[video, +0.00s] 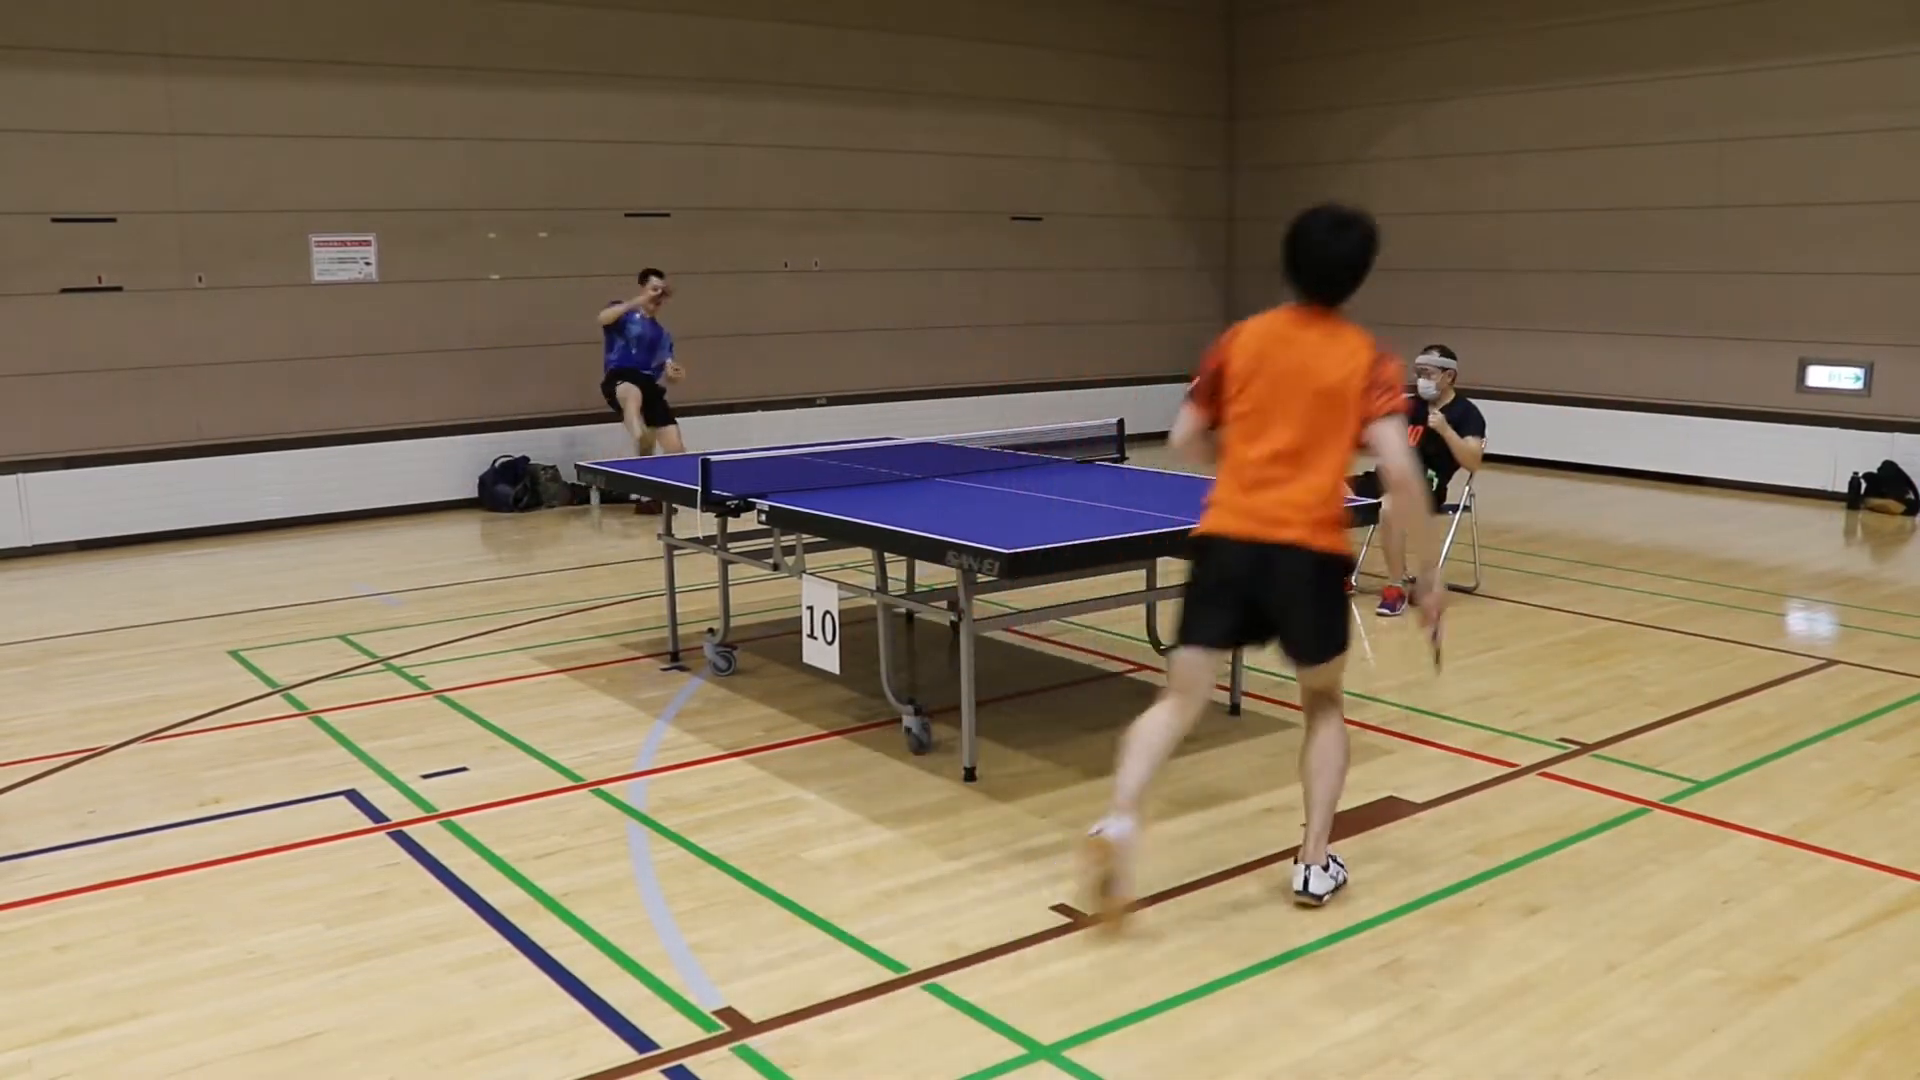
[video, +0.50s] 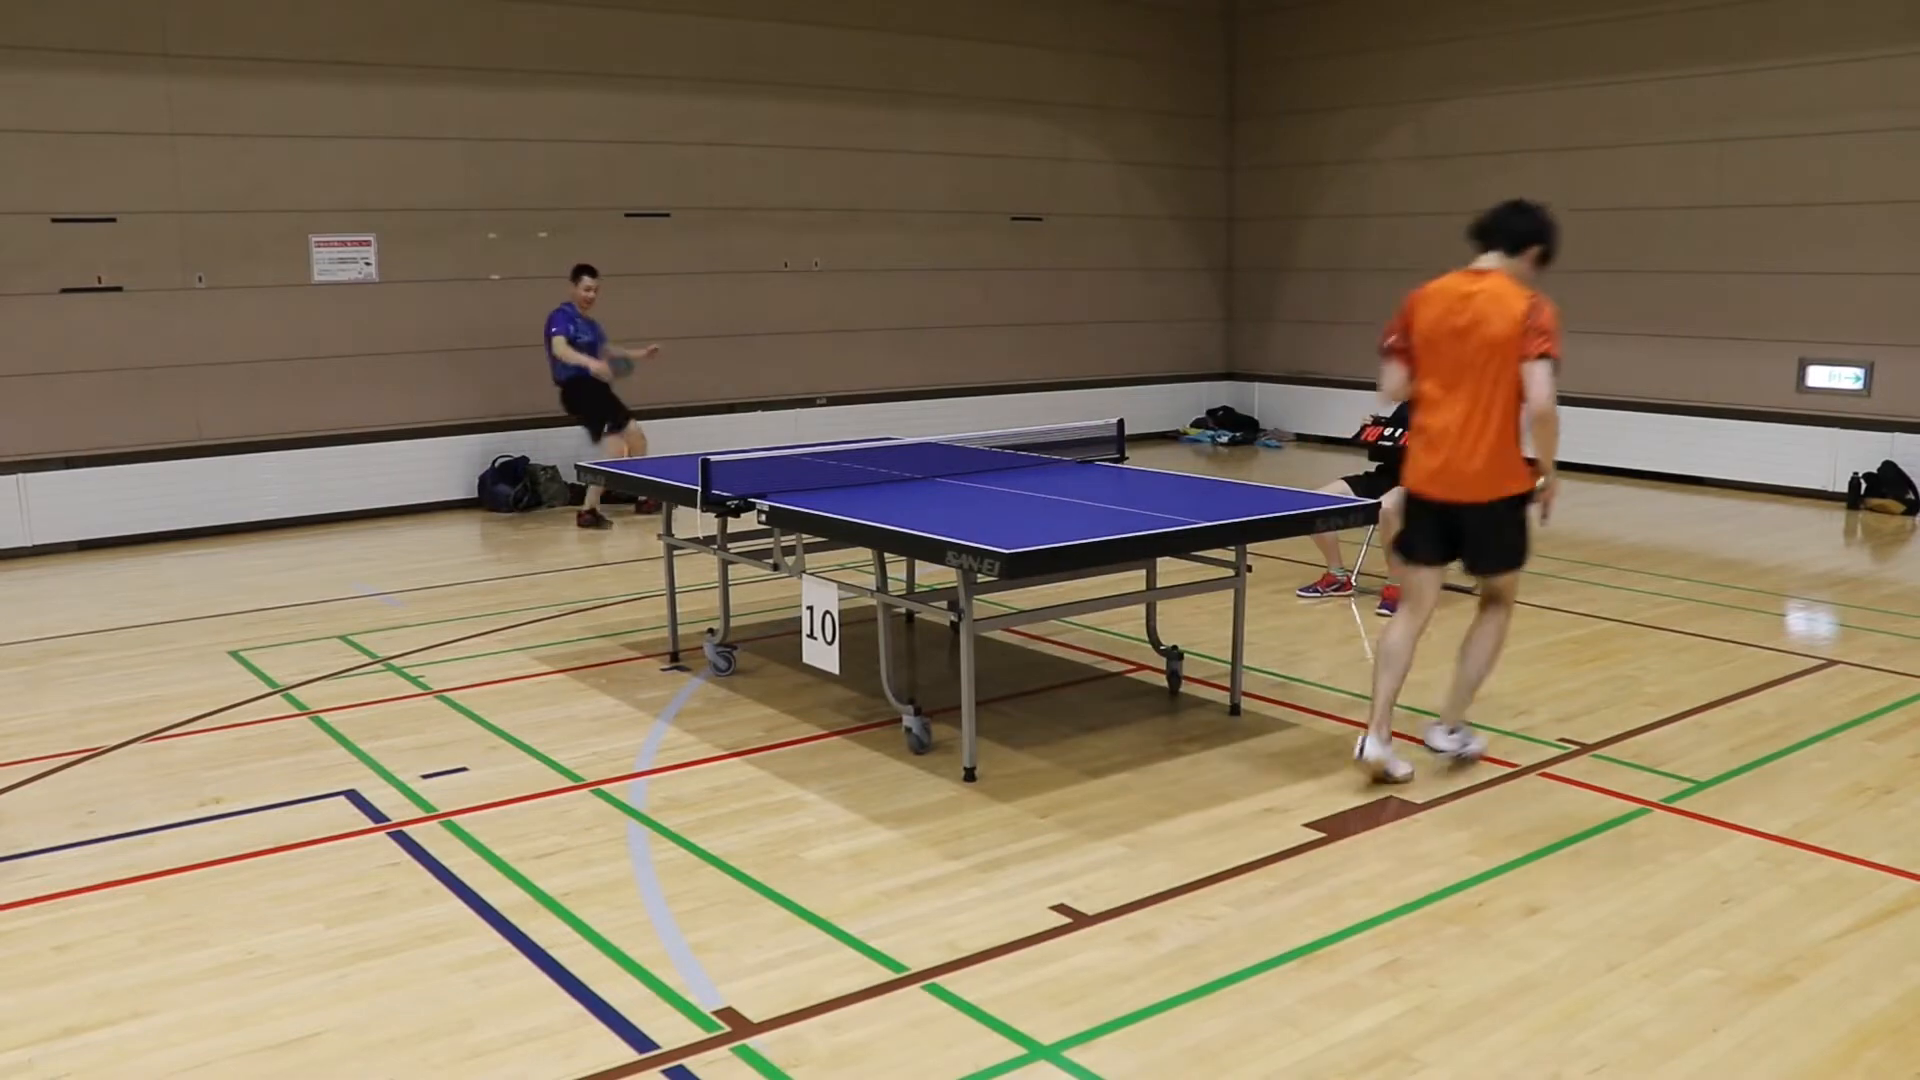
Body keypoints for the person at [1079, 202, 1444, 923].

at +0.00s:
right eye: (1361, 266)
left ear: (1289, 266)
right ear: (1358, 276)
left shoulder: (1241, 339)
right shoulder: (1368, 360)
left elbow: (1187, 443)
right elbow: (1401, 476)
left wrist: (1251, 458)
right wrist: (1422, 578)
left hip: (1224, 551)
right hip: (1307, 561)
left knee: (1181, 695)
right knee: (1322, 706)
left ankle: (1119, 818)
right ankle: (1314, 862)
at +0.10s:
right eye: (1396, 227)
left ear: (1329, 224)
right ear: (1397, 236)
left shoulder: (1280, 295)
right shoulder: (1410, 315)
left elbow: (1231, 389)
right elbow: (1443, 427)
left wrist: (1274, 402)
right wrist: (1451, 514)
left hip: (1275, 503)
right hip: (1356, 512)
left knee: (1253, 649)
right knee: (1345, 667)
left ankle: (1222, 783)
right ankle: (1324, 824)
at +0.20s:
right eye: (1422, 203)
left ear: (1357, 204)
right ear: (1425, 212)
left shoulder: (1314, 277)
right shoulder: (1442, 290)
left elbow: (1268, 370)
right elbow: (1478, 395)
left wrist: (1320, 365)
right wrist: (1465, 473)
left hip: (1321, 475)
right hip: (1397, 480)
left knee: (1315, 625)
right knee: (1371, 635)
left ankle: (1306, 774)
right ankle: (1344, 781)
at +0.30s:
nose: (1455, 237)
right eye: (1456, 228)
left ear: (1385, 228)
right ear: (1450, 235)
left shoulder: (1345, 298)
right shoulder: (1469, 310)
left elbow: (1300, 395)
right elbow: (1505, 416)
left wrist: (1350, 372)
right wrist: (1486, 485)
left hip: (1358, 492)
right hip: (1430, 493)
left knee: (1366, 628)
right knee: (1406, 636)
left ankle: (1372, 756)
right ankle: (1373, 745)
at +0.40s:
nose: (1488, 276)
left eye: (1487, 268)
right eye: (1490, 267)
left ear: (1427, 258)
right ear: (1480, 265)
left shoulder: (1380, 324)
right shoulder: (1494, 330)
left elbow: (1343, 421)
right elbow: (1517, 436)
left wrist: (1389, 398)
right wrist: (1515, 504)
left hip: (1391, 512)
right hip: (1460, 516)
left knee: (1393, 629)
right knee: (1459, 633)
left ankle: (1369, 762)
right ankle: (1412, 725)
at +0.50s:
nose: (1538, 274)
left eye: (1541, 265)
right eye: (1540, 264)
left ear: (1482, 244)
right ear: (1529, 254)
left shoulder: (1423, 298)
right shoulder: (1530, 307)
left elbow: (1392, 385)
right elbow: (1540, 402)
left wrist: (1449, 376)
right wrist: (1547, 470)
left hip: (1426, 482)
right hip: (1493, 485)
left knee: (1412, 605)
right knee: (1496, 600)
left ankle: (1376, 738)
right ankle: (1448, 726)